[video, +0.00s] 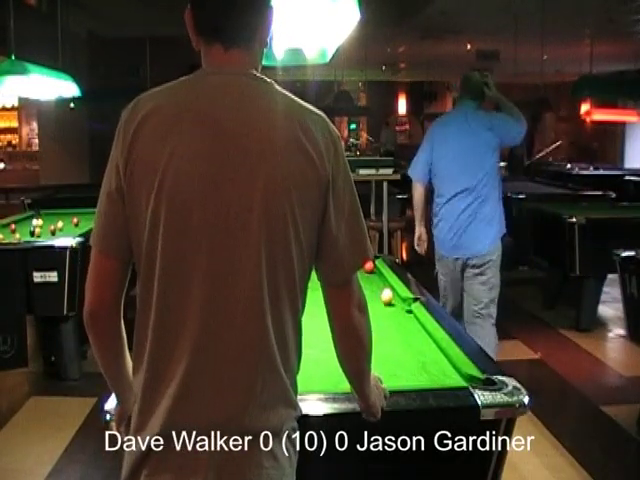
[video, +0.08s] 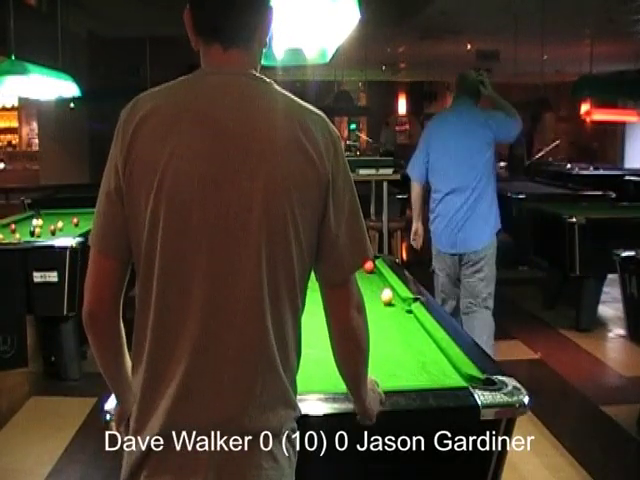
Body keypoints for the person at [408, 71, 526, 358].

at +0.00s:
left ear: (456, 96)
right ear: (485, 97)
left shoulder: (437, 128)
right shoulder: (491, 123)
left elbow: (418, 177)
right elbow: (520, 127)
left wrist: (419, 224)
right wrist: (498, 98)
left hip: (446, 233)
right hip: (484, 233)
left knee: (448, 312)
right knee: (481, 315)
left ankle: (447, 381)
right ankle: (482, 384)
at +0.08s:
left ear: (452, 94)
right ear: (480, 96)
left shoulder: (434, 126)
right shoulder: (486, 121)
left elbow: (416, 177)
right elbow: (515, 124)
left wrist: (416, 220)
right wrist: (492, 96)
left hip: (442, 231)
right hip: (479, 230)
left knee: (445, 307)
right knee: (477, 307)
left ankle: (444, 375)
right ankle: (481, 376)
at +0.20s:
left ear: (449, 88)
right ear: (475, 91)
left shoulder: (431, 122)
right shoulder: (481, 117)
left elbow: (417, 171)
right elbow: (511, 123)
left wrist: (417, 212)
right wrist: (489, 95)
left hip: (439, 221)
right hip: (475, 220)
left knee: (443, 293)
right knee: (474, 290)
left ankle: (443, 360)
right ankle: (474, 358)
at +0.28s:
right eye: (476, 88)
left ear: (449, 88)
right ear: (474, 90)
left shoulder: (430, 121)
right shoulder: (479, 116)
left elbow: (418, 169)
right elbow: (509, 128)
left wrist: (420, 208)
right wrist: (488, 98)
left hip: (437, 218)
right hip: (473, 217)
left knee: (443, 290)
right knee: (472, 287)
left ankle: (441, 352)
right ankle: (469, 352)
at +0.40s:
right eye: (472, 97)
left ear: (445, 97)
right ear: (469, 97)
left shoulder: (430, 127)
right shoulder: (477, 121)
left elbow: (420, 172)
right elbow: (506, 145)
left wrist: (427, 198)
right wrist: (486, 113)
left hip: (437, 216)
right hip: (471, 215)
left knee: (443, 285)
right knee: (470, 283)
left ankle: (444, 343)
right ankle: (467, 340)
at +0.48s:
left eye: (444, 98)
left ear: (445, 101)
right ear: (466, 102)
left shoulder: (431, 131)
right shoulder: (477, 127)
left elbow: (419, 175)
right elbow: (505, 156)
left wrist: (429, 200)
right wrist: (488, 130)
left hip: (437, 220)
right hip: (470, 220)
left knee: (442, 288)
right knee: (467, 287)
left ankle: (443, 343)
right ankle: (461, 338)